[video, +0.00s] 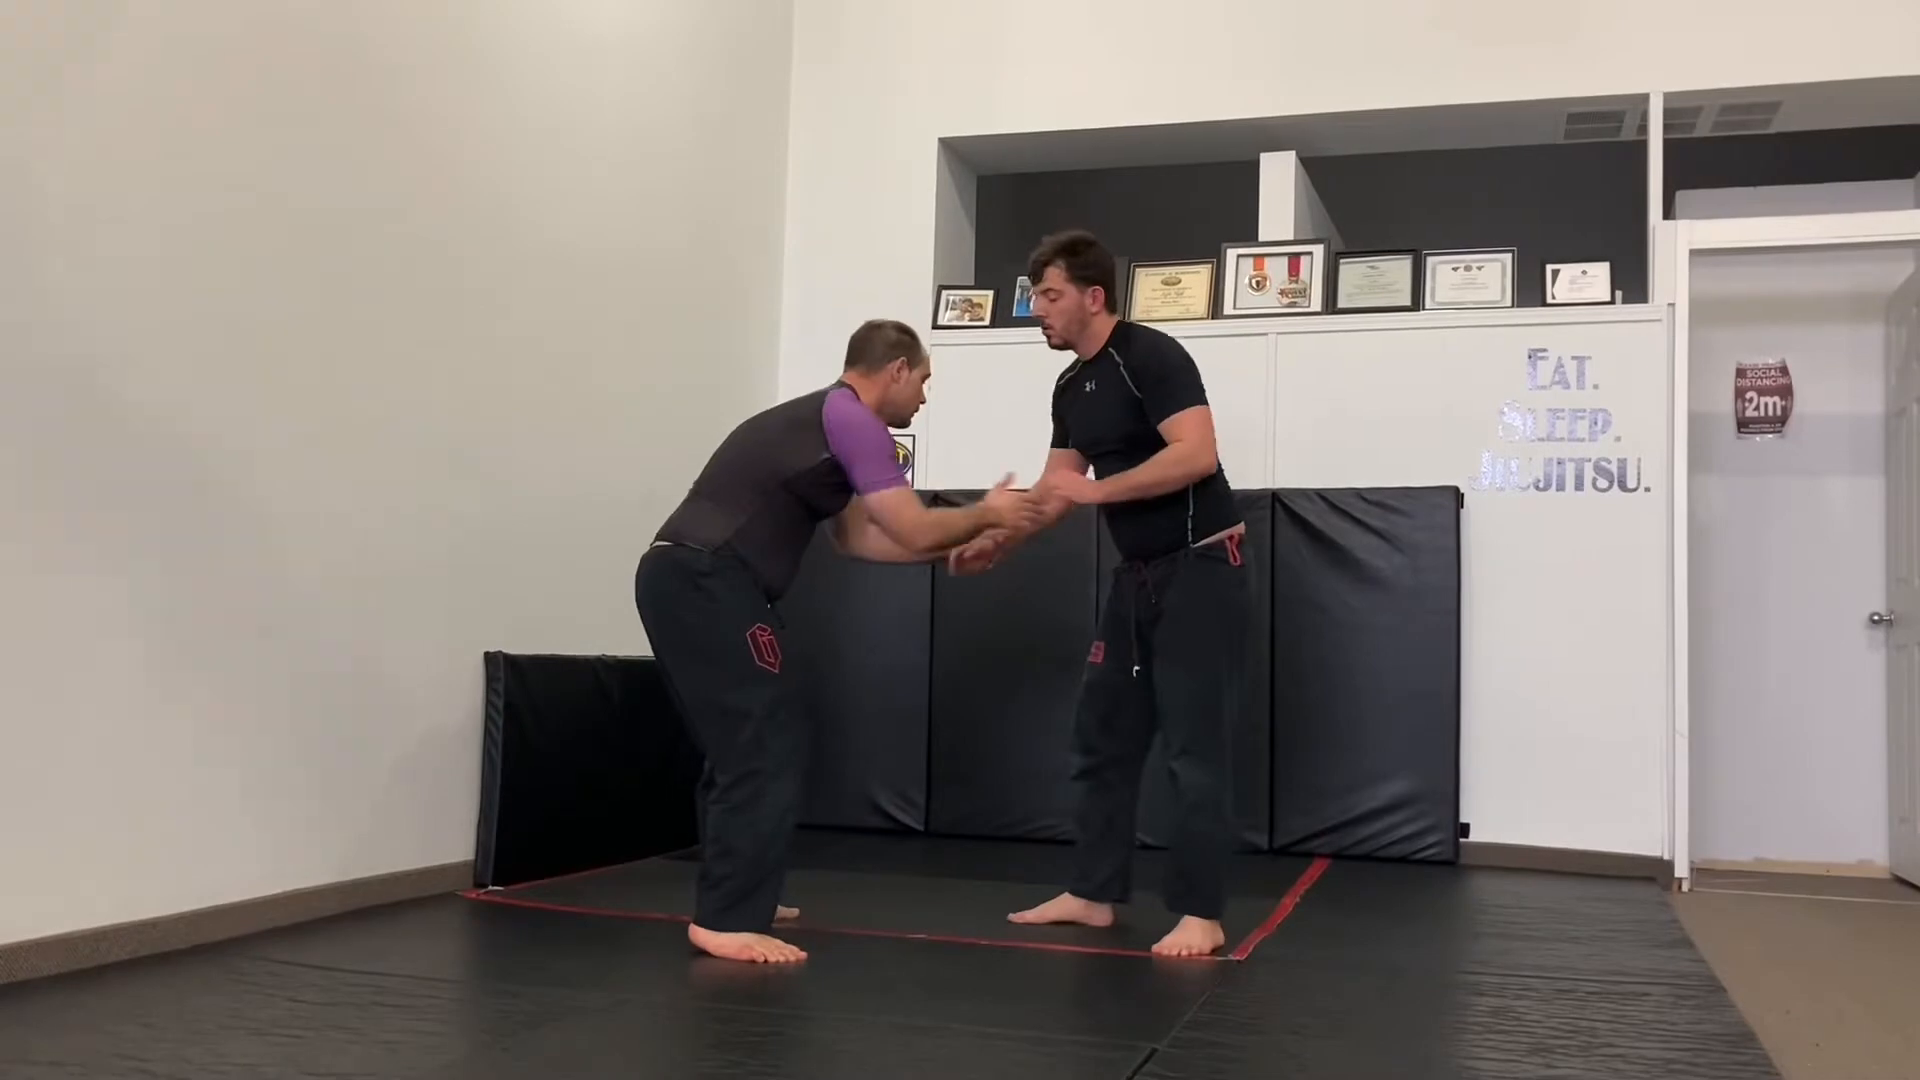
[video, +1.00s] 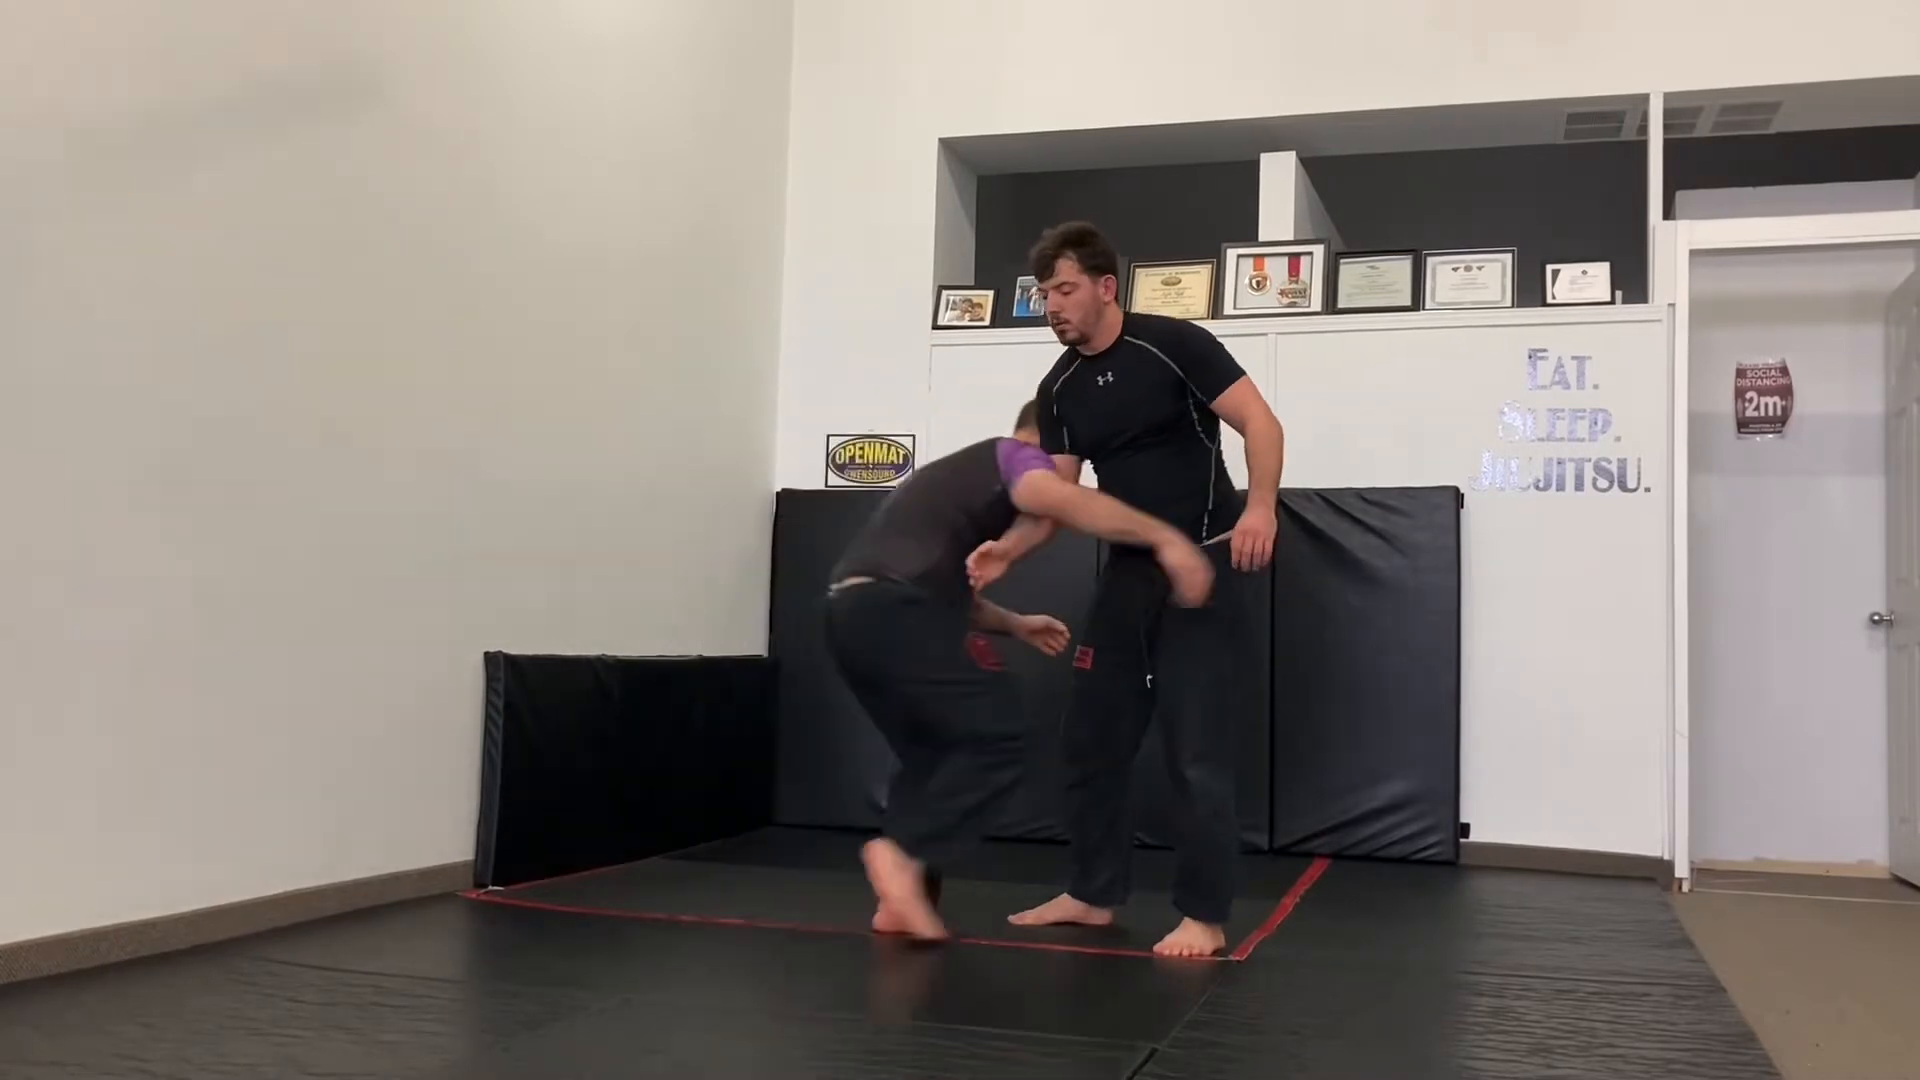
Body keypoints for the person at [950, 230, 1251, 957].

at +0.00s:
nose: (1038, 309)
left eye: (1049, 295)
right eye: (1036, 297)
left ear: (1095, 295)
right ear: (1063, 301)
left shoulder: (1153, 353)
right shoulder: (1071, 386)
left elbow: (1198, 452)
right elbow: (1062, 487)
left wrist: (1096, 491)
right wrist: (1000, 540)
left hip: (1202, 566)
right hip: (1134, 573)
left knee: (1193, 740)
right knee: (1106, 733)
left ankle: (1202, 913)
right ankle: (1094, 893)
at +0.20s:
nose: (1041, 309)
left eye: (1053, 295)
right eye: (1039, 297)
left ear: (1099, 296)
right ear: (1075, 302)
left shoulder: (1158, 351)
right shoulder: (1066, 389)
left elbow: (1219, 445)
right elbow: (1029, 492)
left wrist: (1134, 514)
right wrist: (970, 559)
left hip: (1207, 563)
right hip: (1135, 571)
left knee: (1194, 740)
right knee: (1107, 732)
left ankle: (1203, 914)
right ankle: (1094, 893)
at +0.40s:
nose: (1044, 315)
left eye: (1054, 300)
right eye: (1038, 303)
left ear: (1100, 296)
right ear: (1047, 307)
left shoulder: (1163, 350)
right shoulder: (1065, 391)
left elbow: (1233, 443)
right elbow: (1016, 491)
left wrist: (1199, 544)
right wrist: (961, 560)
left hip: (1208, 566)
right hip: (1140, 574)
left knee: (1199, 741)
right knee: (1105, 732)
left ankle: (1205, 913)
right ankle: (1093, 894)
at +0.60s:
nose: (1046, 314)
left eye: (1057, 298)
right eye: (1040, 302)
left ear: (1102, 295)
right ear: (1048, 309)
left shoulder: (1168, 348)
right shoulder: (1058, 393)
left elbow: (1248, 434)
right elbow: (1003, 487)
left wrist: (1246, 539)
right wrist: (954, 549)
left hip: (1211, 567)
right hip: (1140, 575)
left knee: (1199, 744)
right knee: (1103, 733)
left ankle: (1204, 916)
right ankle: (1093, 893)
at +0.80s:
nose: (1047, 311)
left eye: (1058, 295)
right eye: (1041, 300)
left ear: (1103, 292)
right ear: (1042, 307)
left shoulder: (1173, 345)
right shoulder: (1055, 391)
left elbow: (1258, 426)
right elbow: (1013, 500)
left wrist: (1254, 520)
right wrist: (964, 545)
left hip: (1212, 565)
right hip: (1136, 575)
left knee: (1202, 741)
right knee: (1101, 732)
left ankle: (1207, 914)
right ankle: (1093, 894)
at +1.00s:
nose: (1051, 304)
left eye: (1063, 290)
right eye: (1044, 293)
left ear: (1107, 286)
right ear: (1044, 298)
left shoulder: (1175, 343)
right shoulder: (1061, 389)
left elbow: (1263, 426)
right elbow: (1052, 500)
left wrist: (1261, 507)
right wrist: (1008, 549)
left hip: (1204, 558)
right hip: (1125, 564)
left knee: (1197, 735)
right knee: (1098, 726)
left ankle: (1204, 915)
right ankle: (1094, 893)